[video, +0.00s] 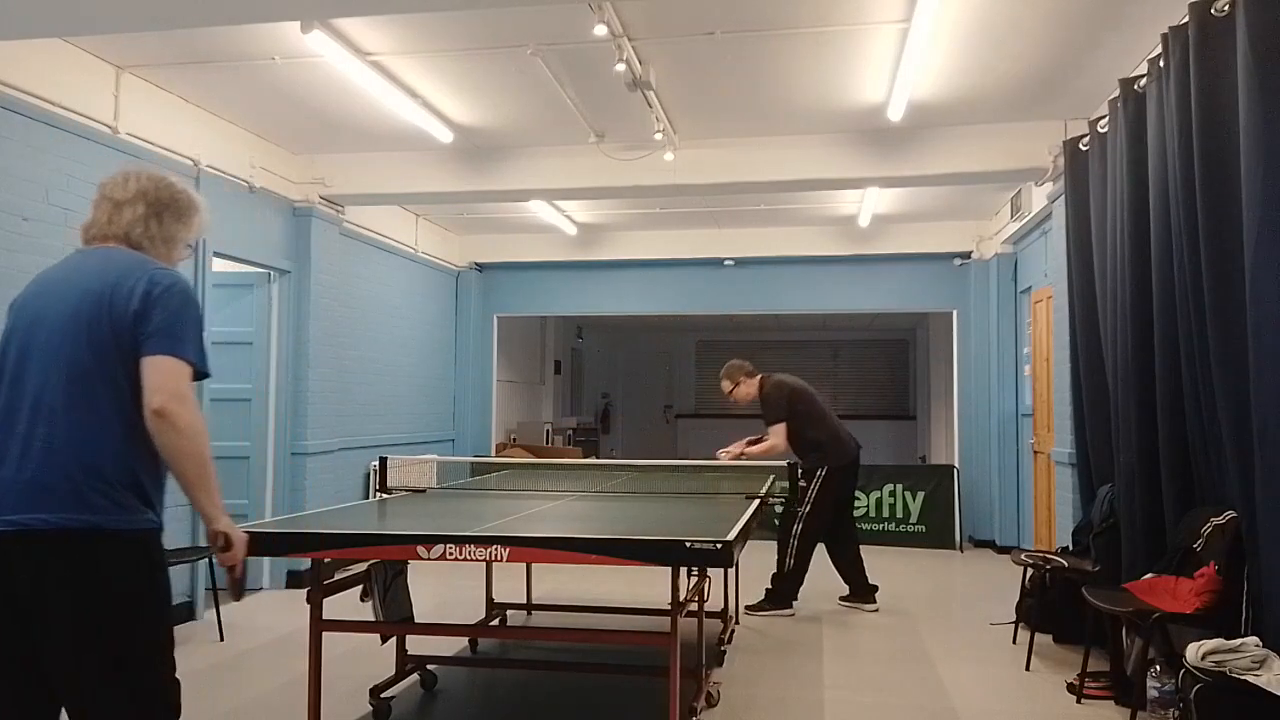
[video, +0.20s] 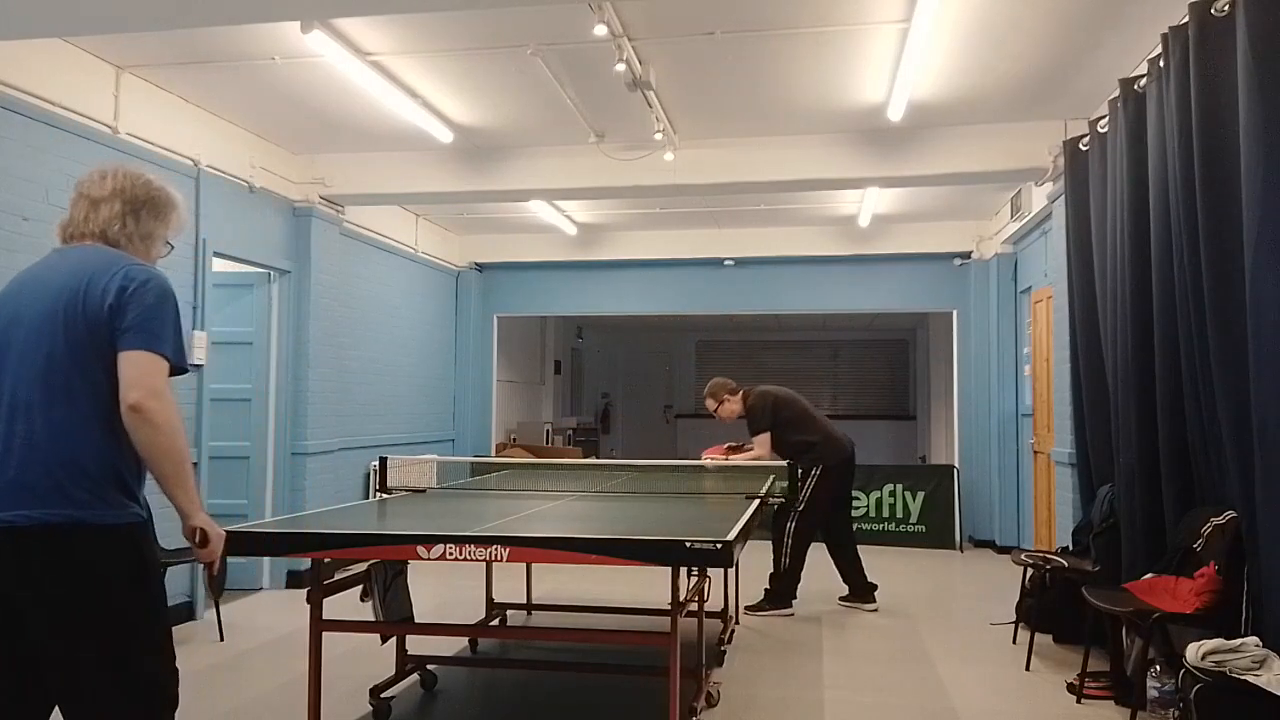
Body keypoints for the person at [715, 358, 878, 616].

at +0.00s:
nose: (734, 400)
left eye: (732, 394)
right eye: (730, 396)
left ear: (744, 381)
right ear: (746, 379)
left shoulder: (772, 390)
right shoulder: (777, 384)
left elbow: (778, 445)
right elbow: (781, 435)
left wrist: (741, 453)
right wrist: (750, 442)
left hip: (827, 461)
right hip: (842, 455)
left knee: (796, 526)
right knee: (837, 527)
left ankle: (781, 598)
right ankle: (862, 592)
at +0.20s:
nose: (719, 418)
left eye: (716, 411)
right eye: (714, 414)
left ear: (728, 398)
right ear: (729, 397)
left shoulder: (757, 402)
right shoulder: (760, 396)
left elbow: (762, 452)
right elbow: (773, 445)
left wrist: (726, 461)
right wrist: (742, 450)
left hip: (823, 459)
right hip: (837, 454)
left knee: (790, 522)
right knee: (835, 526)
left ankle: (780, 598)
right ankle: (862, 591)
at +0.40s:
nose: (714, 422)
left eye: (712, 416)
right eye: (710, 418)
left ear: (725, 403)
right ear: (726, 402)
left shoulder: (752, 406)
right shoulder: (756, 400)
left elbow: (757, 456)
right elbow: (771, 449)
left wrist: (722, 463)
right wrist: (738, 452)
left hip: (822, 460)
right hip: (837, 454)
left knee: (786, 521)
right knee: (835, 526)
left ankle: (779, 598)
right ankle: (862, 591)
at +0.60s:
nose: (716, 421)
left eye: (713, 415)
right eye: (712, 417)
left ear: (726, 403)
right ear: (728, 401)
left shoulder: (754, 406)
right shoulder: (759, 400)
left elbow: (758, 456)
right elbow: (775, 450)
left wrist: (723, 463)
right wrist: (740, 452)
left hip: (824, 459)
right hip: (838, 454)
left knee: (788, 520)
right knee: (835, 525)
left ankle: (780, 598)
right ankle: (862, 591)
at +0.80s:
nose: (721, 416)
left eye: (719, 409)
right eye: (717, 411)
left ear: (731, 397)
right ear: (734, 396)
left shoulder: (761, 404)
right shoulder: (767, 398)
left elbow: (759, 454)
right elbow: (779, 449)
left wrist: (725, 463)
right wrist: (745, 451)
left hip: (827, 460)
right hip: (841, 455)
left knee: (789, 521)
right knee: (834, 527)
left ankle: (780, 597)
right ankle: (861, 591)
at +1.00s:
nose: (738, 382)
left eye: (740, 375)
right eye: (736, 377)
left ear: (756, 369)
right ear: (758, 369)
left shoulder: (778, 386)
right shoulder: (786, 381)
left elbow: (745, 422)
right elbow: (753, 421)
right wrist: (734, 411)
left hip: (830, 464)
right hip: (843, 459)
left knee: (791, 522)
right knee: (832, 529)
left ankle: (780, 597)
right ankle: (861, 591)